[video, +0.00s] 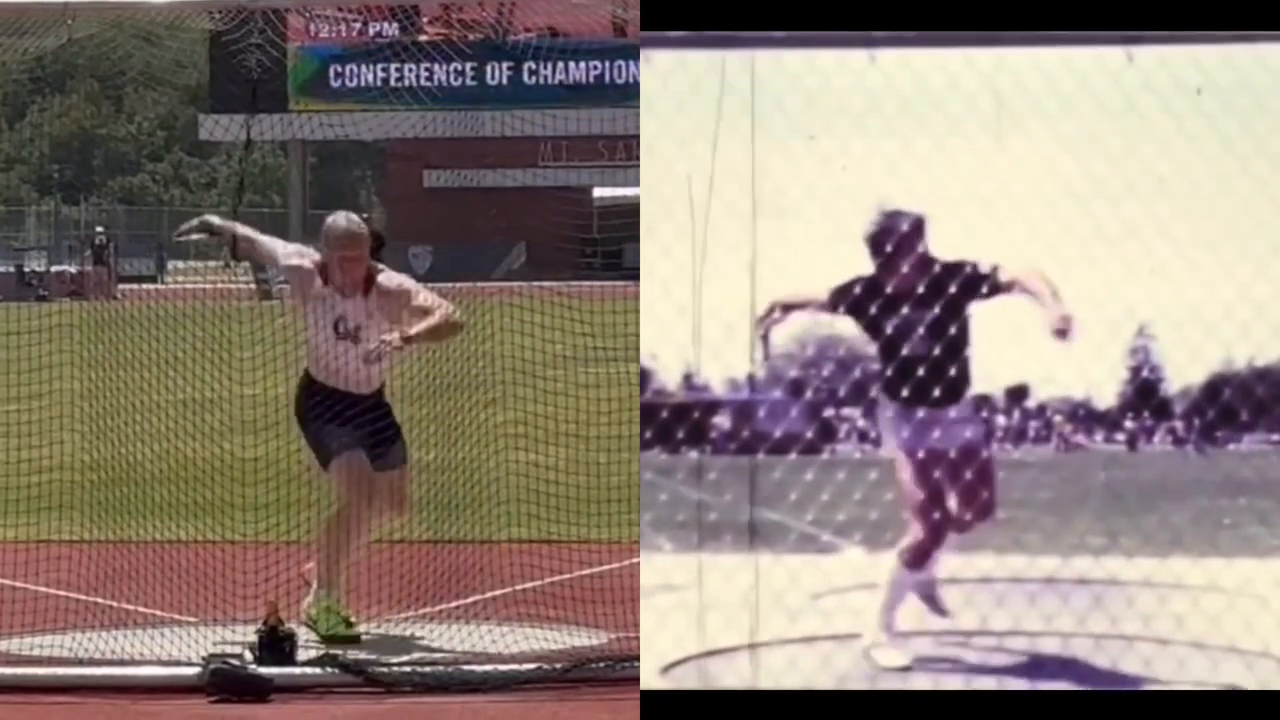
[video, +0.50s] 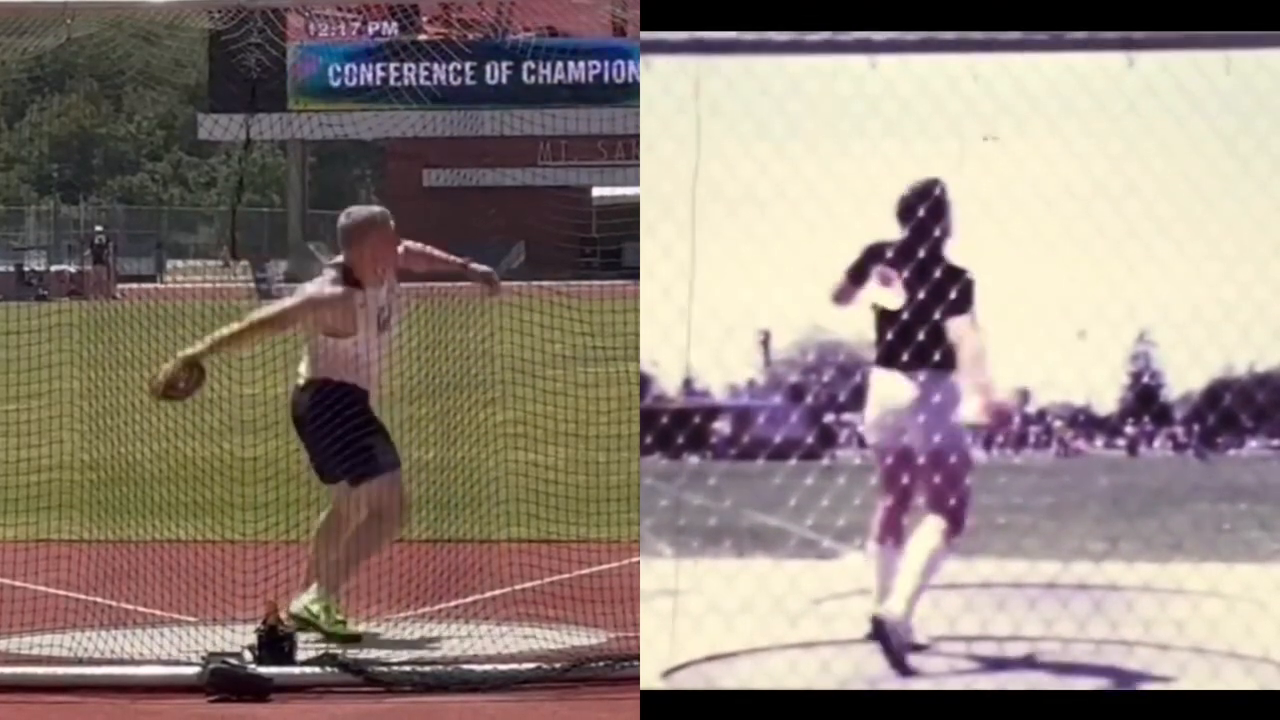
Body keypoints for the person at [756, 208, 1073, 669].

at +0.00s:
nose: (904, 267)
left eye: (908, 255)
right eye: (895, 258)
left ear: (921, 248)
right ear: (880, 259)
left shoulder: (953, 279)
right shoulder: (868, 293)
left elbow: (1024, 278)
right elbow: (822, 303)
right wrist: (782, 305)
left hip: (957, 414)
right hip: (905, 419)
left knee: (975, 508)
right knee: (929, 528)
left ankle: (924, 567)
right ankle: (879, 628)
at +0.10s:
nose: (915, 276)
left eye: (918, 265)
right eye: (908, 268)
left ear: (928, 259)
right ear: (896, 269)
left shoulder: (961, 283)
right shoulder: (877, 307)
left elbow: (1035, 272)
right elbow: (814, 325)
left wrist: (1095, 296)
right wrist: (759, 332)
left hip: (949, 423)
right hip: (902, 425)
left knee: (955, 522)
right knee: (940, 531)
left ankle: (903, 605)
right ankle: (876, 637)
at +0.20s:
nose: (947, 265)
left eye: (944, 257)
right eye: (937, 261)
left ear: (942, 258)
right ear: (916, 269)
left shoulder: (962, 275)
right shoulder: (892, 308)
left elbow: (1013, 268)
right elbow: (823, 344)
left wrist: (1068, 288)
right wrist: (753, 360)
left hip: (941, 422)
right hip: (905, 424)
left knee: (931, 527)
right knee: (959, 534)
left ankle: (890, 617)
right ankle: (881, 624)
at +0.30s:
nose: (952, 254)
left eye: (949, 247)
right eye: (945, 249)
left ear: (924, 255)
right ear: (929, 256)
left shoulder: (953, 272)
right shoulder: (899, 304)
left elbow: (984, 267)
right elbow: (832, 347)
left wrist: (1032, 282)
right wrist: (764, 377)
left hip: (927, 411)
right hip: (912, 416)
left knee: (923, 521)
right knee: (964, 529)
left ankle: (886, 618)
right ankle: (882, 620)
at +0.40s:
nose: (955, 237)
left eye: (952, 229)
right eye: (950, 230)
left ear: (910, 233)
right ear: (940, 236)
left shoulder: (913, 278)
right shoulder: (931, 285)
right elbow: (889, 345)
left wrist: (949, 280)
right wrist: (837, 403)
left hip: (896, 397)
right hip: (924, 401)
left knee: (909, 513)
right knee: (961, 521)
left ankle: (884, 616)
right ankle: (887, 616)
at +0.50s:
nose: (948, 224)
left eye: (941, 216)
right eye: (945, 216)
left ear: (903, 218)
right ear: (943, 220)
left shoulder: (878, 257)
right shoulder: (952, 276)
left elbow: (842, 295)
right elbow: (964, 336)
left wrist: (869, 274)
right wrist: (984, 395)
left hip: (885, 378)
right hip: (935, 384)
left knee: (892, 497)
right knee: (947, 506)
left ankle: (884, 606)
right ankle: (898, 607)